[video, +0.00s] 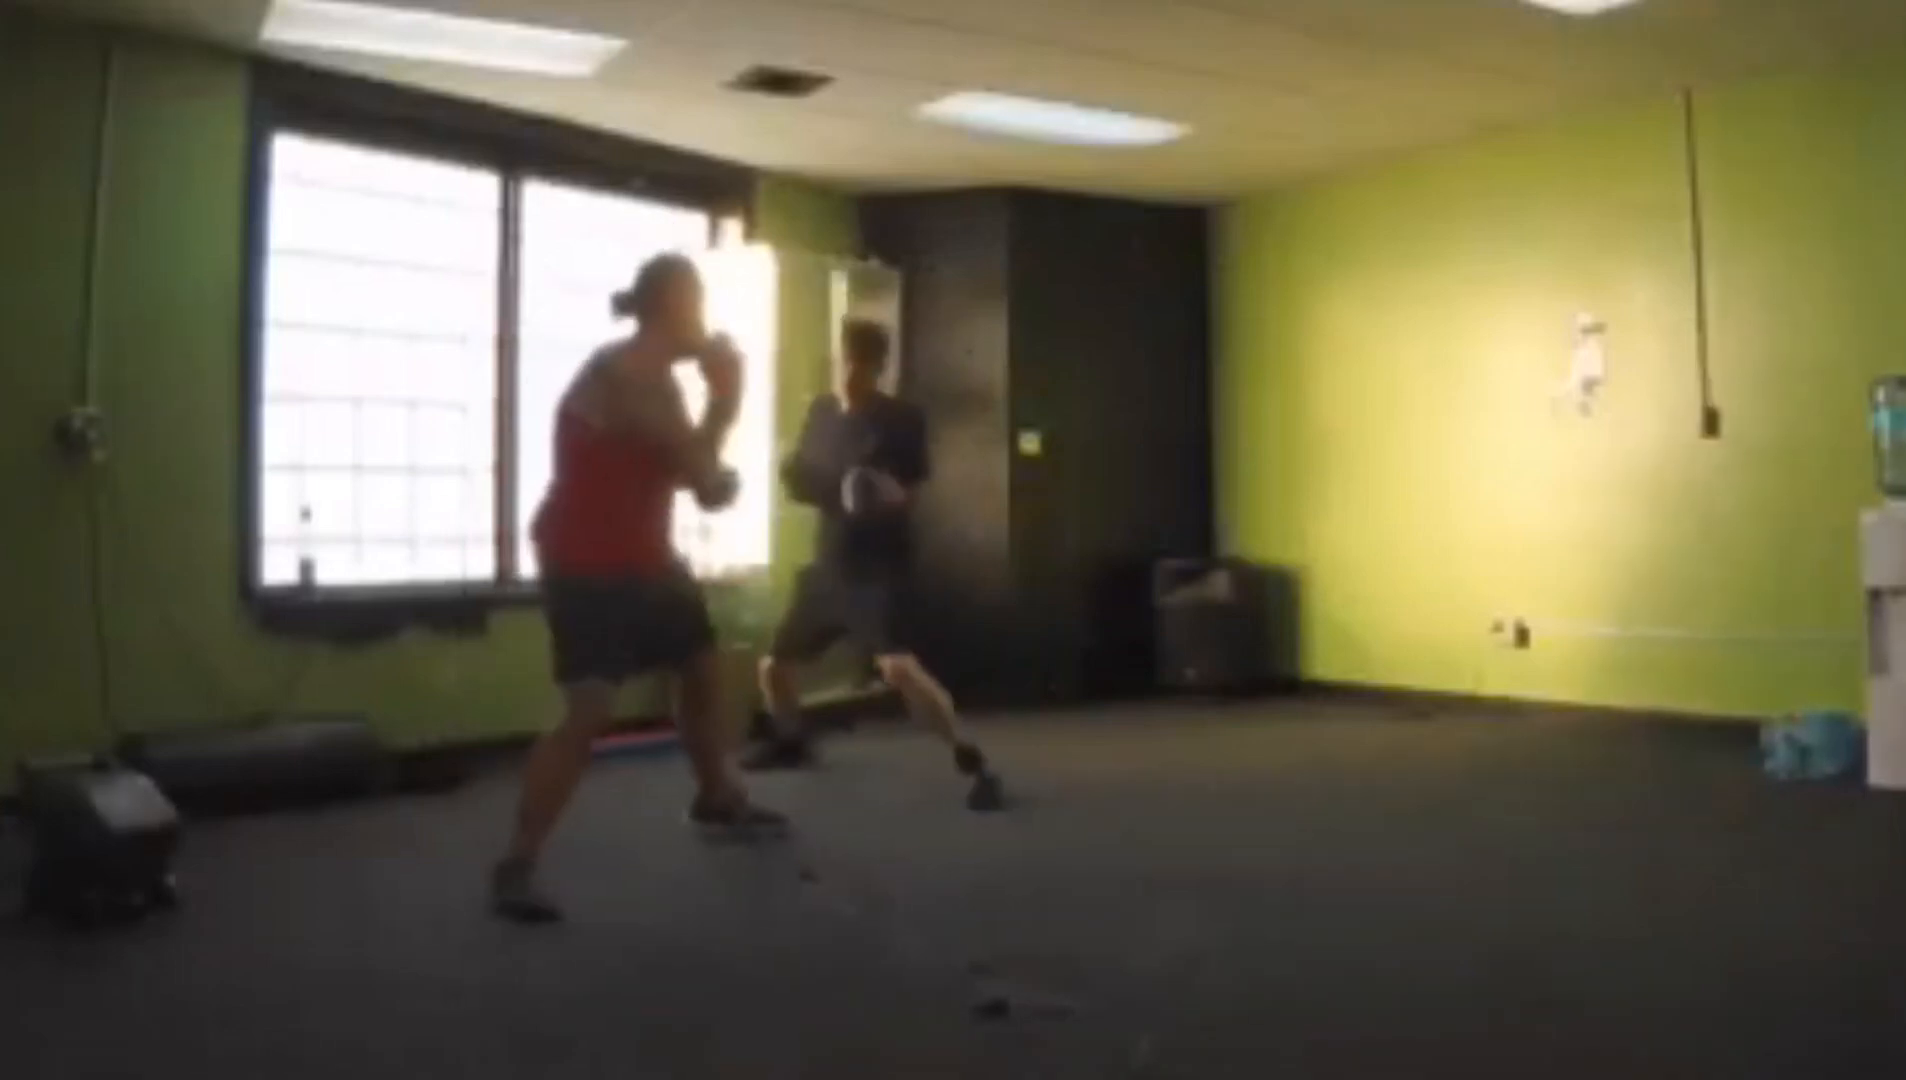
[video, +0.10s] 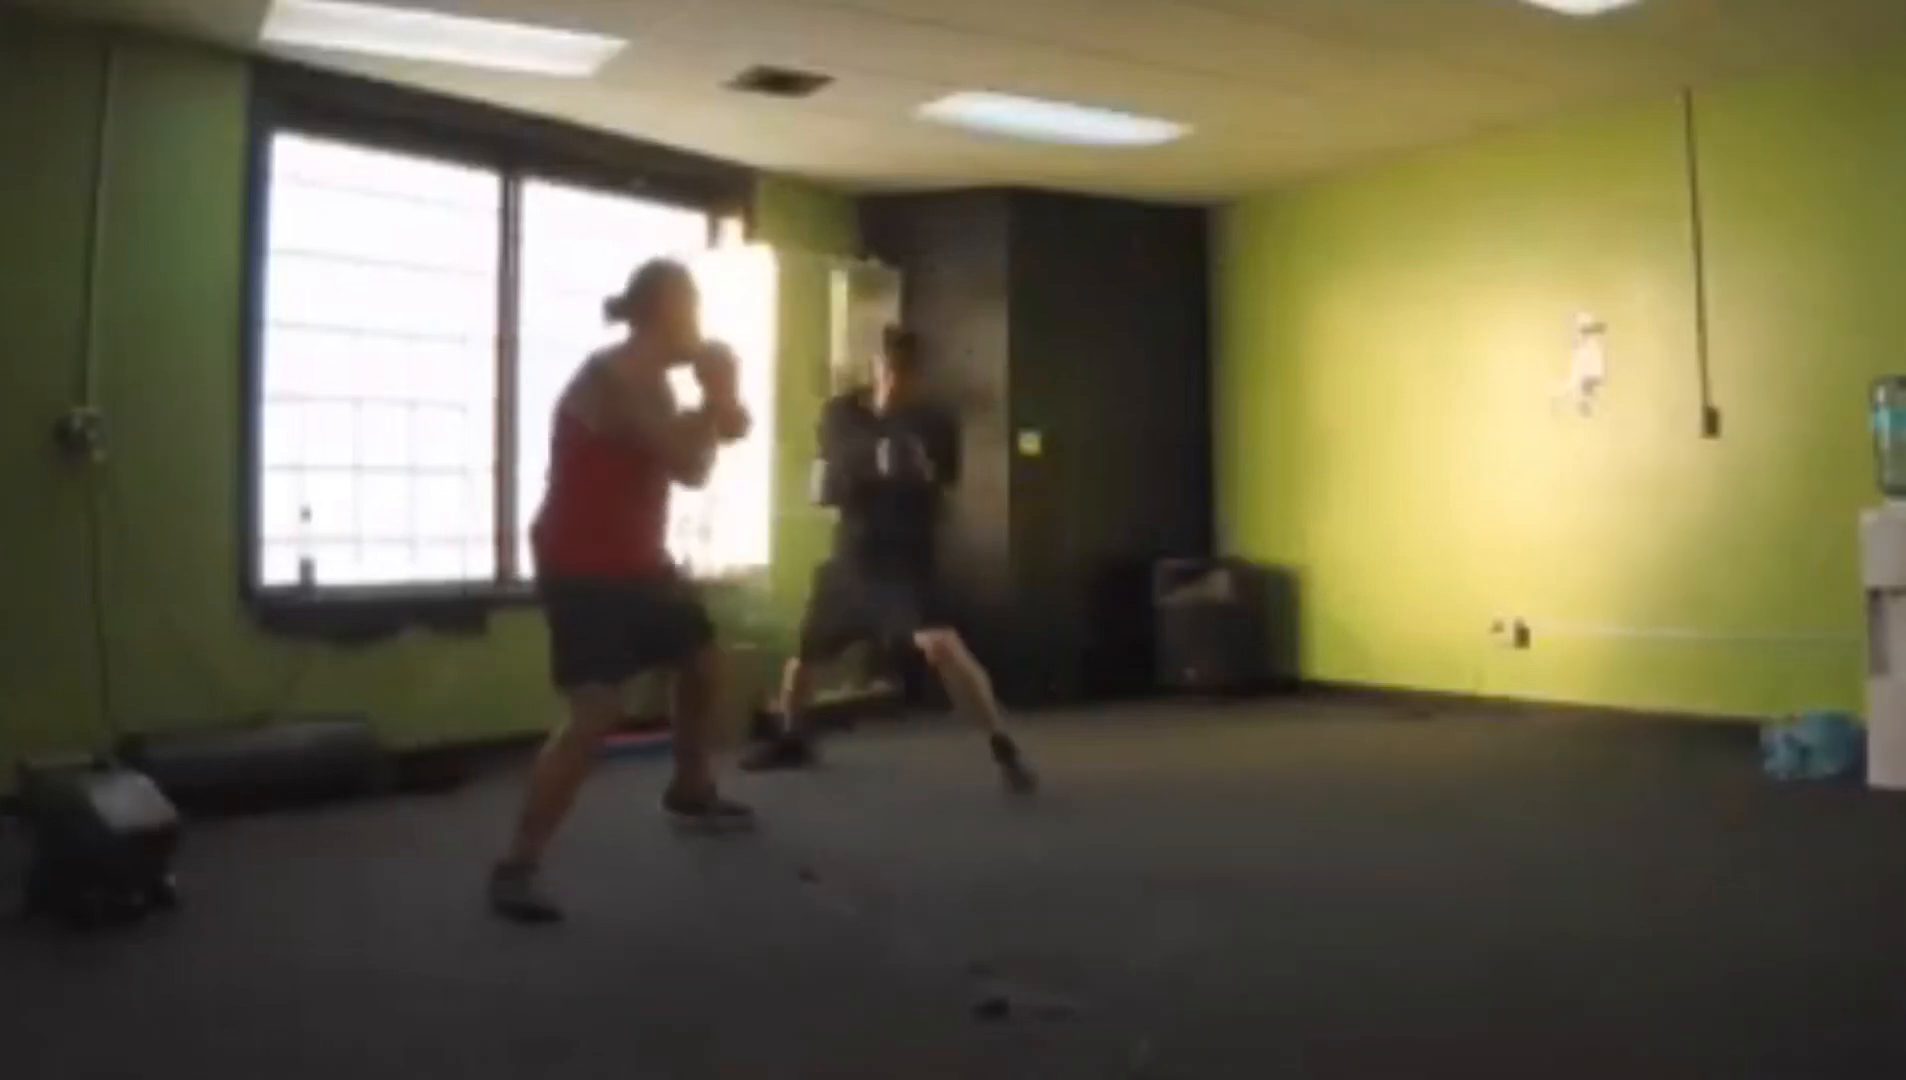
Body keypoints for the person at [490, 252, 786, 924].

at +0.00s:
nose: (702, 317)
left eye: (700, 302)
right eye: (694, 302)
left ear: (659, 306)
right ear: (664, 306)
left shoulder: (656, 380)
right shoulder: (623, 374)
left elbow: (682, 466)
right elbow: (694, 462)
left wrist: (711, 482)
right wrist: (725, 396)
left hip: (646, 560)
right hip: (589, 565)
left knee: (702, 667)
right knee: (588, 714)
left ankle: (718, 797)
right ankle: (518, 865)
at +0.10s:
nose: (695, 323)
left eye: (694, 308)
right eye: (686, 308)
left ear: (658, 313)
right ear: (657, 312)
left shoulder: (652, 382)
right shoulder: (614, 376)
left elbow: (691, 458)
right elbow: (687, 460)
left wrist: (711, 408)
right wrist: (715, 400)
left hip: (638, 563)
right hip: (584, 567)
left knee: (701, 662)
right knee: (595, 713)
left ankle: (693, 788)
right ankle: (518, 867)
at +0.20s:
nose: (699, 328)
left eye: (697, 315)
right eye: (689, 314)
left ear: (667, 321)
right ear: (657, 320)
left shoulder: (660, 385)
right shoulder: (622, 382)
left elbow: (694, 446)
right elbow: (674, 452)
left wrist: (727, 381)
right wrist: (728, 381)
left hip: (631, 572)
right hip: (585, 574)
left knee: (684, 655)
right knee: (601, 714)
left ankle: (678, 781)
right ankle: (518, 868)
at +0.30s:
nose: (711, 342)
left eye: (710, 329)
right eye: (697, 329)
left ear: (702, 337)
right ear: (666, 336)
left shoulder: (702, 404)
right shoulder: (633, 387)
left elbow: (781, 416)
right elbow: (658, 473)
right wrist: (728, 433)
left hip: (634, 575)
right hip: (581, 572)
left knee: (671, 672)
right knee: (594, 715)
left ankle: (679, 788)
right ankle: (517, 868)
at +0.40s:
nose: (727, 356)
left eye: (728, 343)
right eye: (715, 343)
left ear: (725, 352)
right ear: (682, 349)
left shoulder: (732, 425)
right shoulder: (639, 402)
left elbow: (794, 476)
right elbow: (630, 473)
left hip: (652, 580)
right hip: (597, 574)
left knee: (687, 663)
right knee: (592, 707)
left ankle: (683, 786)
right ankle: (521, 862)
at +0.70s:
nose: (725, 345)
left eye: (713, 339)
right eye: (718, 336)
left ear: (677, 353)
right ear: (714, 340)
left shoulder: (662, 402)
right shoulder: (743, 389)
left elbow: (734, 458)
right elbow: (831, 364)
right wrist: (904, 355)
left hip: (653, 542)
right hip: (708, 548)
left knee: (719, 664)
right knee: (677, 677)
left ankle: (695, 780)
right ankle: (548, 789)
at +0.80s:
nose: (703, 332)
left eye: (685, 332)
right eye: (698, 324)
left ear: (665, 343)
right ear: (700, 328)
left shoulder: (666, 395)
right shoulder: (734, 376)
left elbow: (755, 445)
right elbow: (808, 366)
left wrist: (805, 404)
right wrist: (883, 370)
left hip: (679, 542)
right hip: (730, 542)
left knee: (715, 669)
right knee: (738, 671)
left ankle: (698, 780)